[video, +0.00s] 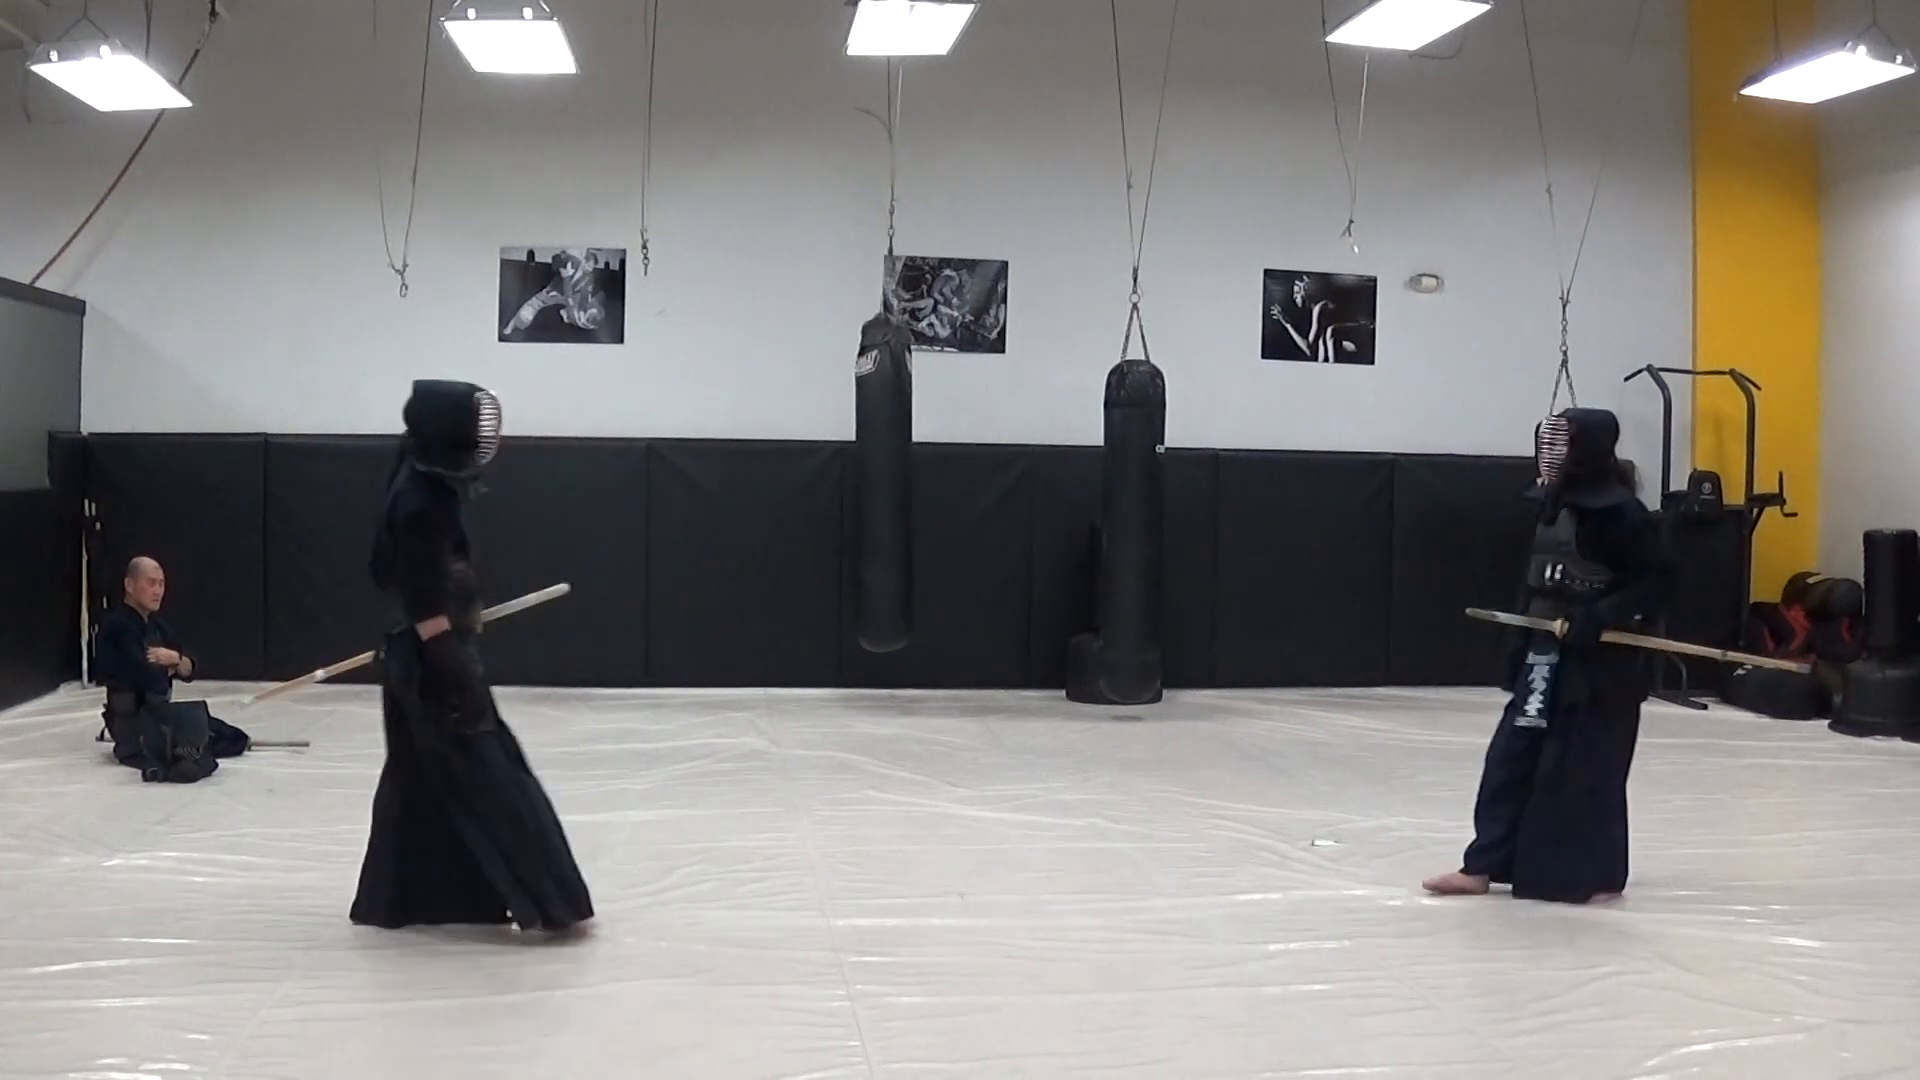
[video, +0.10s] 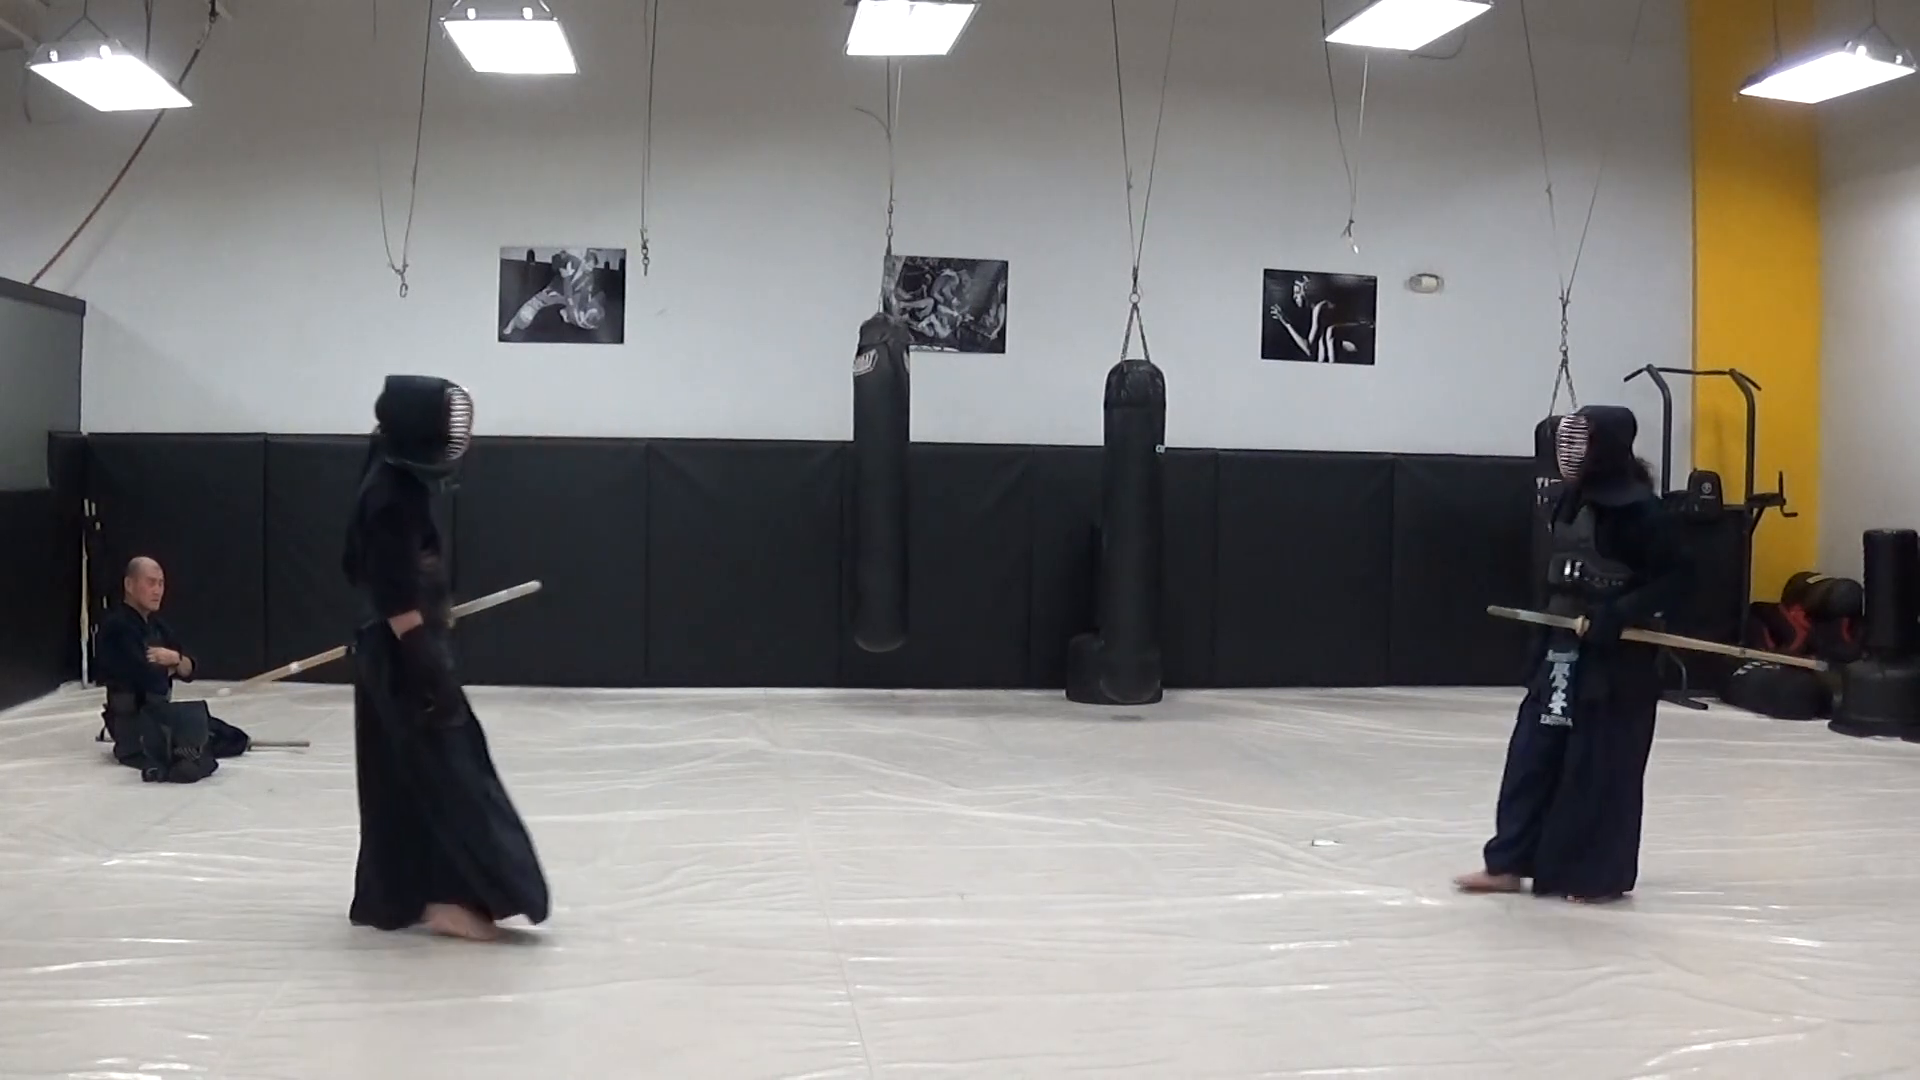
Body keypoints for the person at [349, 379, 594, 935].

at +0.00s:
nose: (483, 443)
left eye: (483, 431)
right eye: (475, 432)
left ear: (427, 430)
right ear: (451, 435)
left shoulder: (421, 486)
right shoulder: (423, 496)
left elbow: (396, 573)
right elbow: (421, 597)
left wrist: (462, 605)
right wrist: (456, 673)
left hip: (418, 652)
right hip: (435, 655)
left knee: (417, 776)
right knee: (495, 775)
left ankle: (398, 895)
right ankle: (549, 901)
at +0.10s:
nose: (456, 441)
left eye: (456, 429)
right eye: (448, 430)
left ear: (403, 426)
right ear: (423, 432)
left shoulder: (398, 482)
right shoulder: (393, 491)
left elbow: (378, 573)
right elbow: (393, 592)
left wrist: (434, 609)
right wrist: (427, 666)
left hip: (397, 645)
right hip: (401, 650)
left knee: (413, 772)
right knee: (446, 770)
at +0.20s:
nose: (428, 437)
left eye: (428, 426)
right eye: (419, 427)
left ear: (375, 424)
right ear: (394, 428)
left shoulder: (374, 480)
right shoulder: (364, 487)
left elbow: (372, 569)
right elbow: (366, 581)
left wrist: (410, 608)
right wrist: (404, 652)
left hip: (375, 640)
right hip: (370, 645)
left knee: (391, 770)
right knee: (402, 773)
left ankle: (390, 888)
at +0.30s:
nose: (396, 439)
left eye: (396, 427)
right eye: (388, 428)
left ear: (346, 427)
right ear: (364, 431)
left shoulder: (346, 484)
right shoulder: (335, 492)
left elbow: (348, 580)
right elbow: (347, 593)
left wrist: (383, 617)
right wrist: (394, 665)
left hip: (354, 644)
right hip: (344, 650)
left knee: (381, 777)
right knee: (362, 781)